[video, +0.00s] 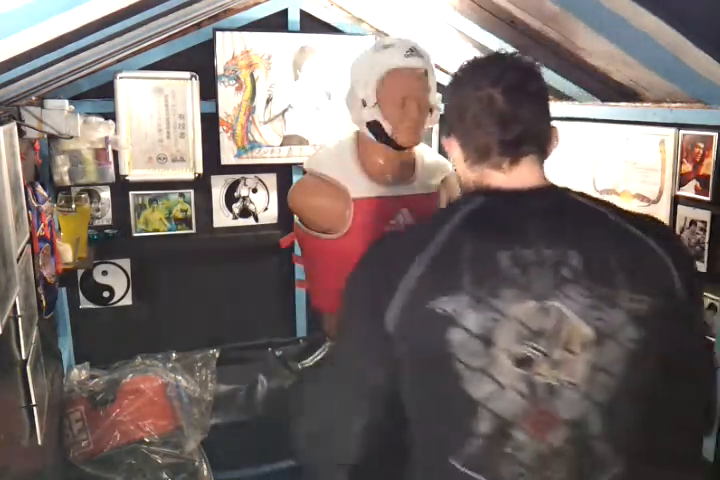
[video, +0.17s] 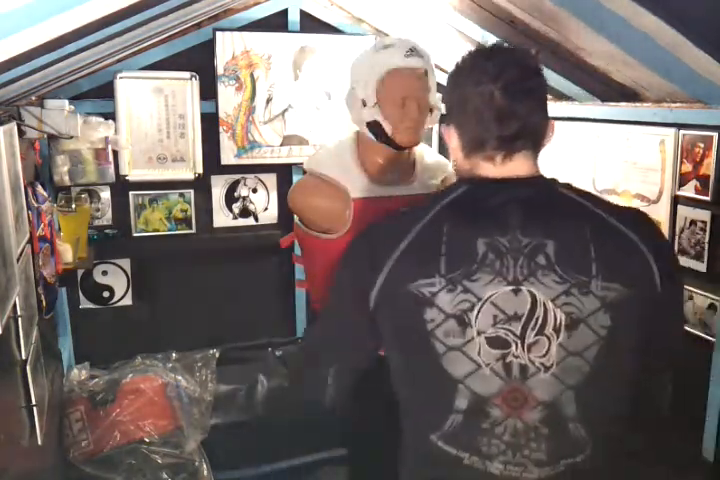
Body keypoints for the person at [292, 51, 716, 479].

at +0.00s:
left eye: (437, 132)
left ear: (451, 147)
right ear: (551, 139)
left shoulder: (396, 265)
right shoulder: (655, 249)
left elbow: (336, 445)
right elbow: (689, 423)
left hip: (453, 470)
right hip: (618, 472)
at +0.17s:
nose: (436, 133)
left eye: (436, 122)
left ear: (449, 136)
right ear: (548, 133)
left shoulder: (387, 245)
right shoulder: (638, 241)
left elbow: (326, 385)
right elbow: (658, 403)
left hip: (439, 467)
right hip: (591, 469)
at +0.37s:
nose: (463, 134)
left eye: (464, 123)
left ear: (474, 134)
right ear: (565, 129)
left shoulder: (427, 237)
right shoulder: (647, 231)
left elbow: (358, 378)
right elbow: (672, 389)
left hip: (466, 460)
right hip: (603, 462)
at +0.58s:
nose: (491, 150)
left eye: (491, 137)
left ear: (500, 140)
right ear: (583, 133)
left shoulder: (474, 242)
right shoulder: (661, 239)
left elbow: (421, 412)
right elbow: (670, 397)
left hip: (501, 464)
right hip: (624, 464)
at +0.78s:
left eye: (474, 139)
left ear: (485, 149)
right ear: (565, 140)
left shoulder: (448, 231)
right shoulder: (636, 234)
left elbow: (371, 373)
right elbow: (635, 351)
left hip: (465, 458)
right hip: (590, 458)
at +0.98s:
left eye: (465, 144)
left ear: (475, 152)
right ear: (553, 142)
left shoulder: (433, 234)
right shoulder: (628, 244)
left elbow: (365, 337)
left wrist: (374, 460)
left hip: (450, 458)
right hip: (565, 461)